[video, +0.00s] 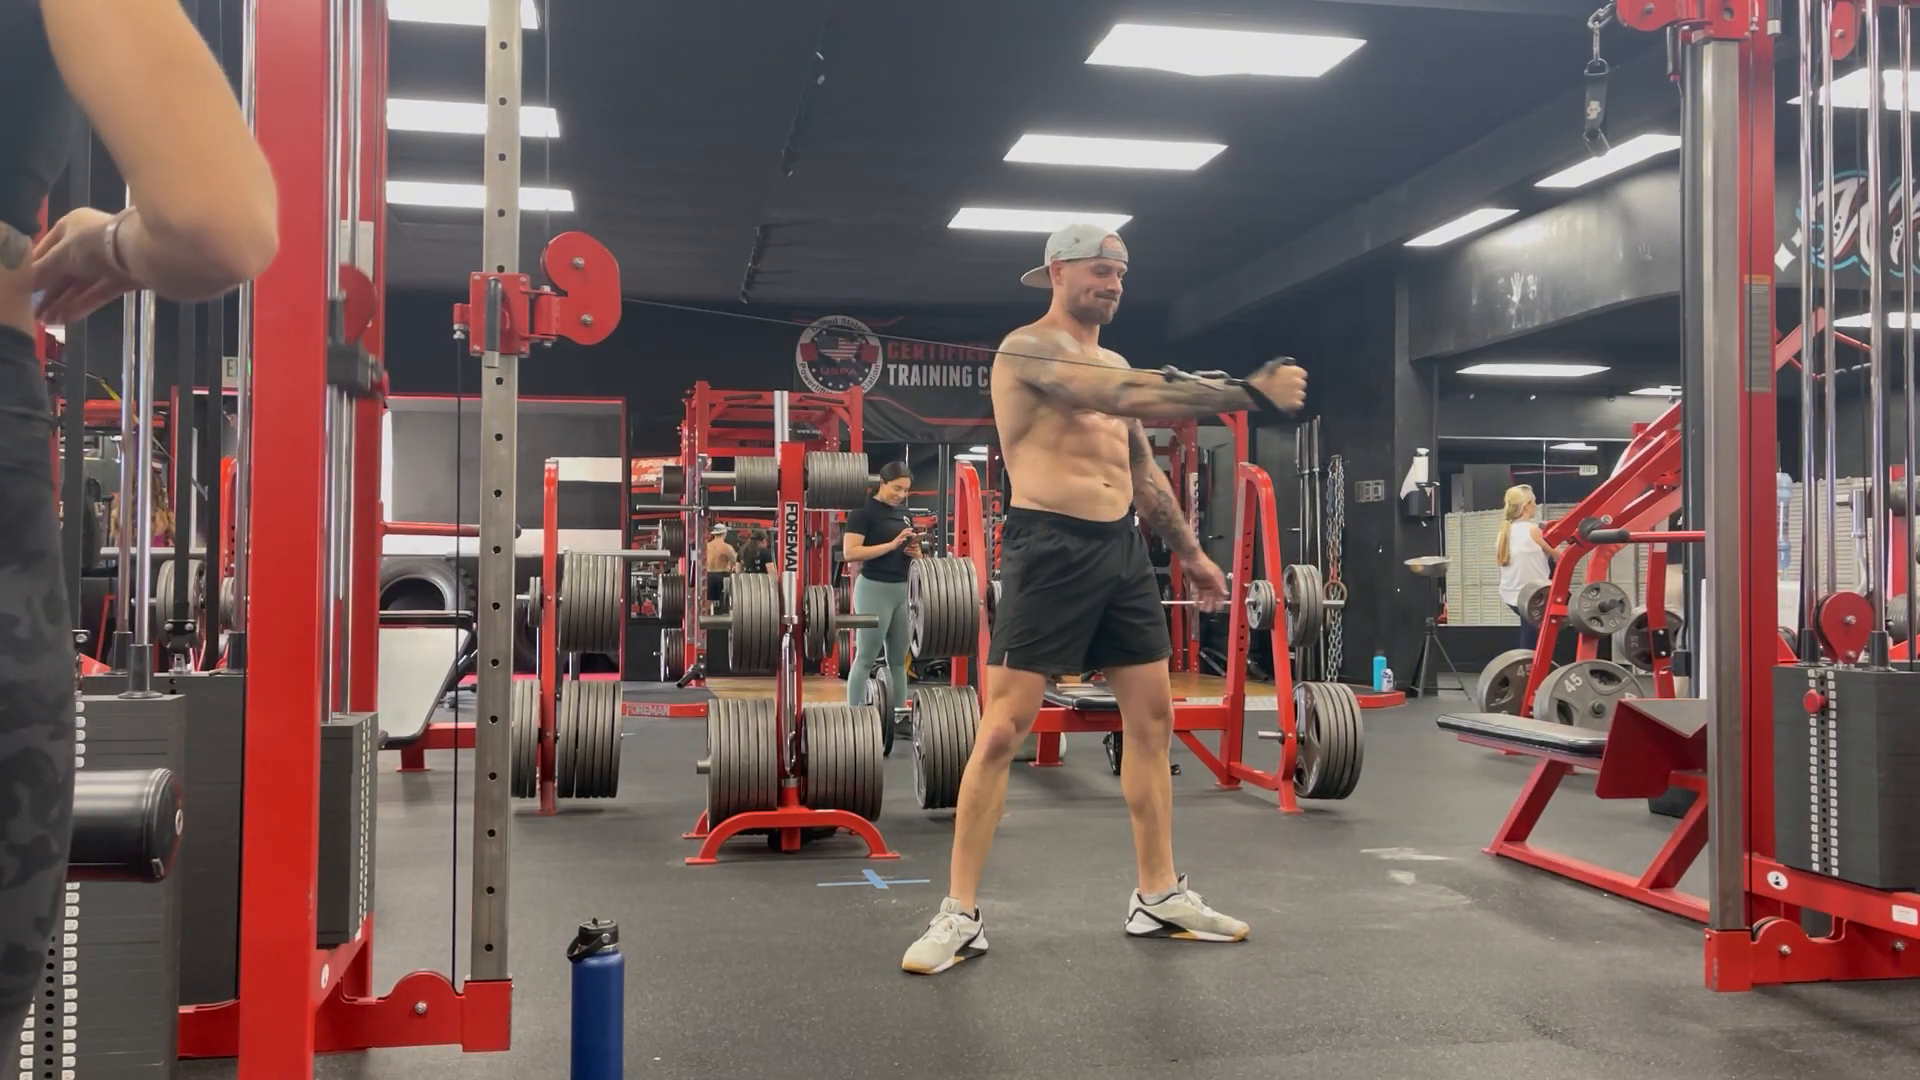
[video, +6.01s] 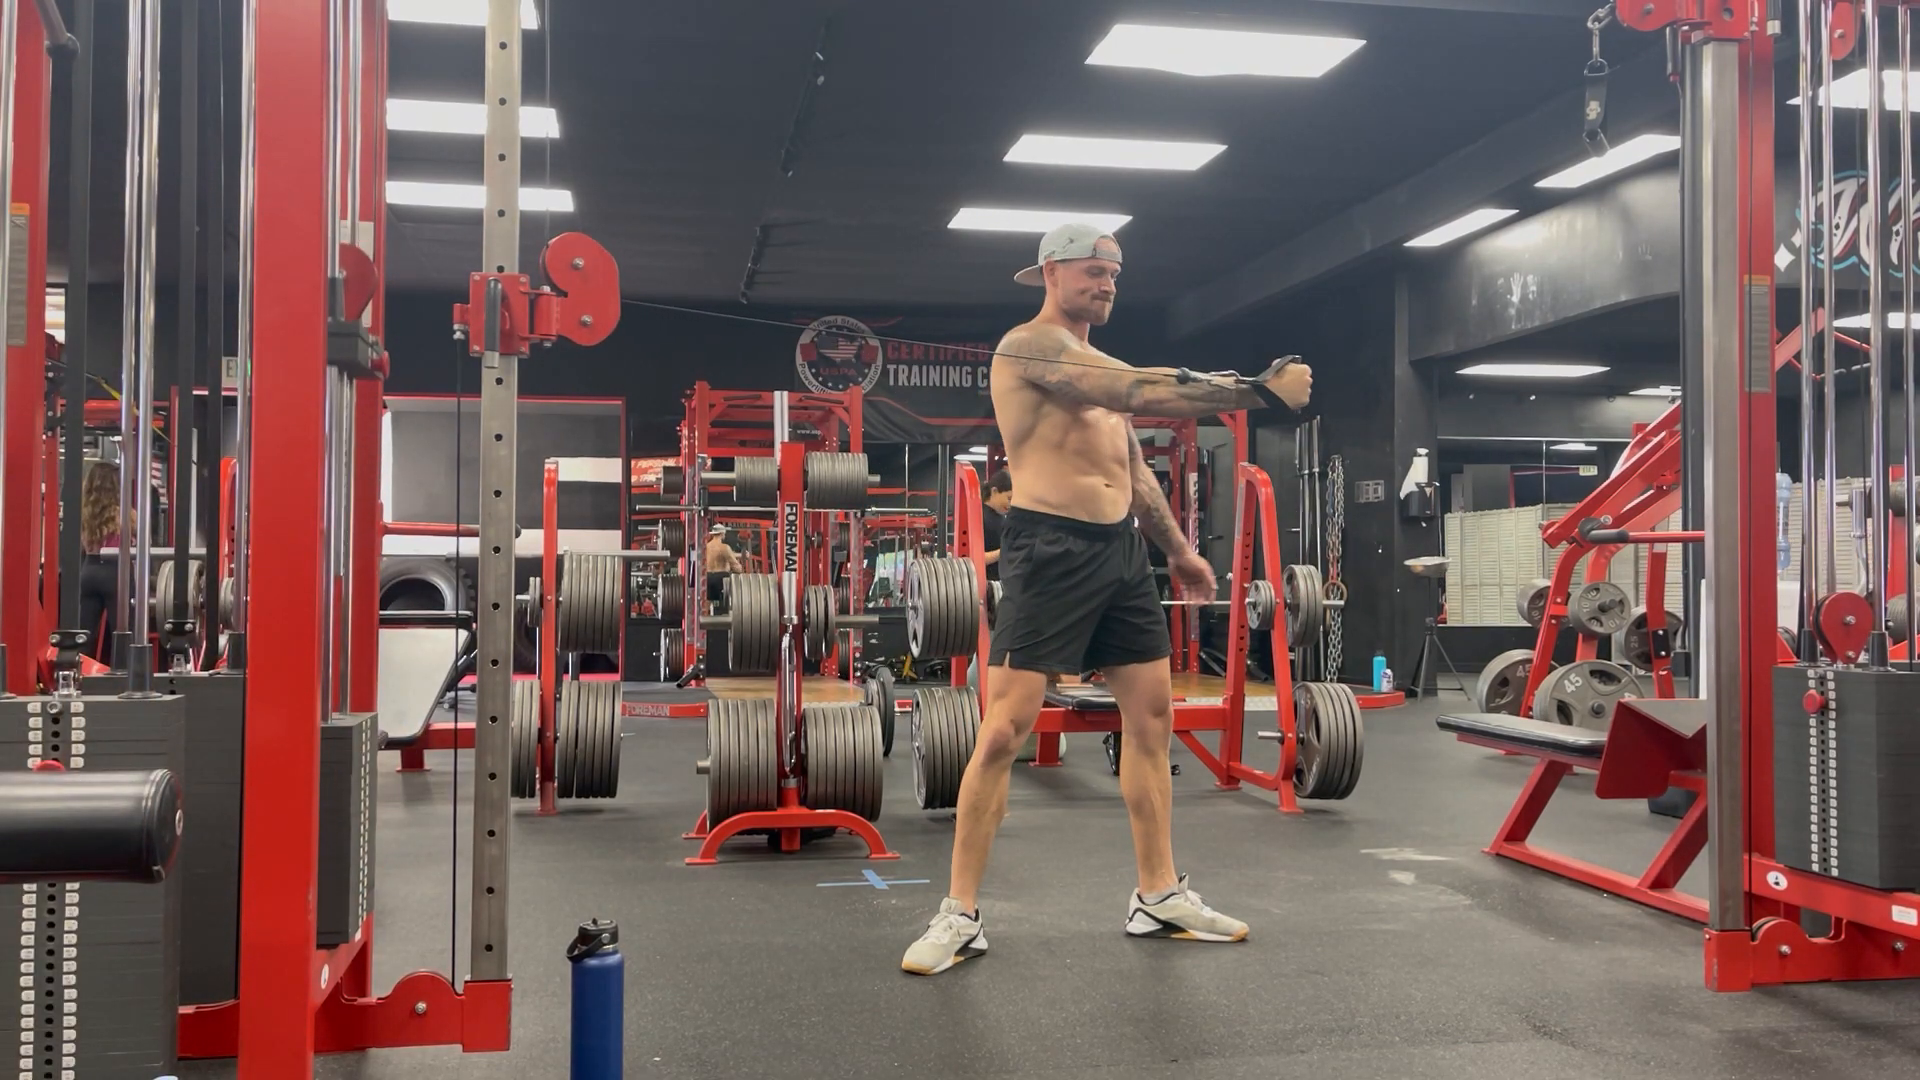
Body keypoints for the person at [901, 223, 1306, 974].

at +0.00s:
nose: (1112, 281)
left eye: (1119, 271)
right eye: (1097, 266)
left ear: (1119, 284)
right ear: (1055, 274)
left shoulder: (1121, 372)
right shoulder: (1024, 347)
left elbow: (1144, 474)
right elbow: (1110, 390)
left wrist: (1191, 552)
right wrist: (1248, 390)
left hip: (1124, 552)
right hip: (1046, 549)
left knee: (1152, 720)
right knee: (1000, 733)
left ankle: (1158, 894)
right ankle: (959, 910)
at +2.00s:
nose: (1052, 272)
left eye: (1067, 262)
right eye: (1042, 262)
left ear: (1098, 279)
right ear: (1029, 277)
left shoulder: (1143, 364)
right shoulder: (1001, 347)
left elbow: (1217, 456)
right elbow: (949, 385)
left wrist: (1296, 529)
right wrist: (926, 364)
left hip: (1122, 549)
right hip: (1033, 550)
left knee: (1161, 719)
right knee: (983, 724)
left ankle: (1159, 894)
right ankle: (959, 908)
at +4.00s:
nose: (1074, 281)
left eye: (1086, 269)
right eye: (1062, 268)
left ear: (1107, 281)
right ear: (1039, 280)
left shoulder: (1138, 367)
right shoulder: (1004, 349)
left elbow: (1194, 465)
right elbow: (1009, 390)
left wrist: (1261, 542)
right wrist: (1067, 374)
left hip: (1127, 552)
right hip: (1043, 551)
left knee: (1155, 720)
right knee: (995, 730)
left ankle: (1157, 894)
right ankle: (961, 911)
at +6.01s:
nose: (1105, 279)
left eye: (1112, 271)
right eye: (1090, 266)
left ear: (1112, 286)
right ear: (1047, 276)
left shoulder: (1110, 371)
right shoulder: (1026, 345)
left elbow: (1135, 474)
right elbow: (1129, 388)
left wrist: (1180, 549)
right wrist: (1255, 390)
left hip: (1124, 554)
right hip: (1047, 551)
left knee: (1152, 720)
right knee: (1002, 733)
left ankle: (1158, 894)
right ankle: (960, 910)